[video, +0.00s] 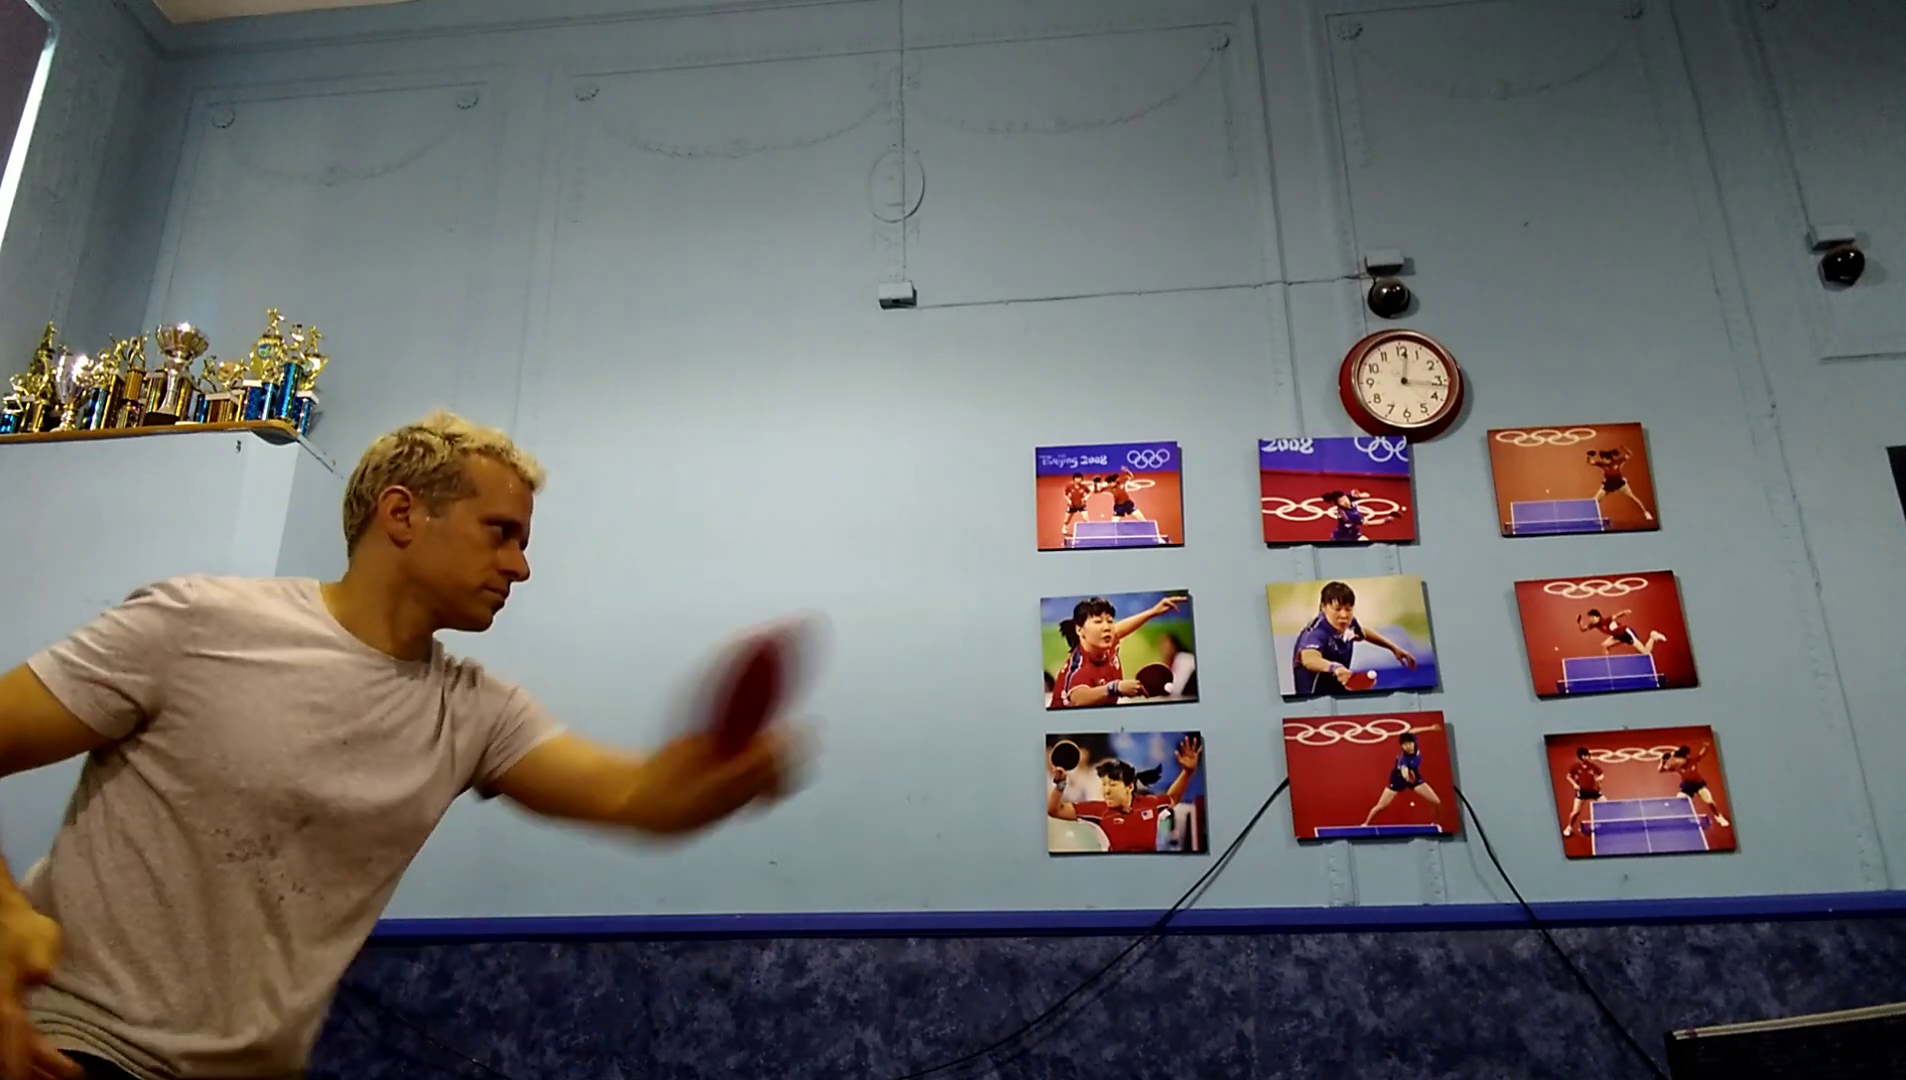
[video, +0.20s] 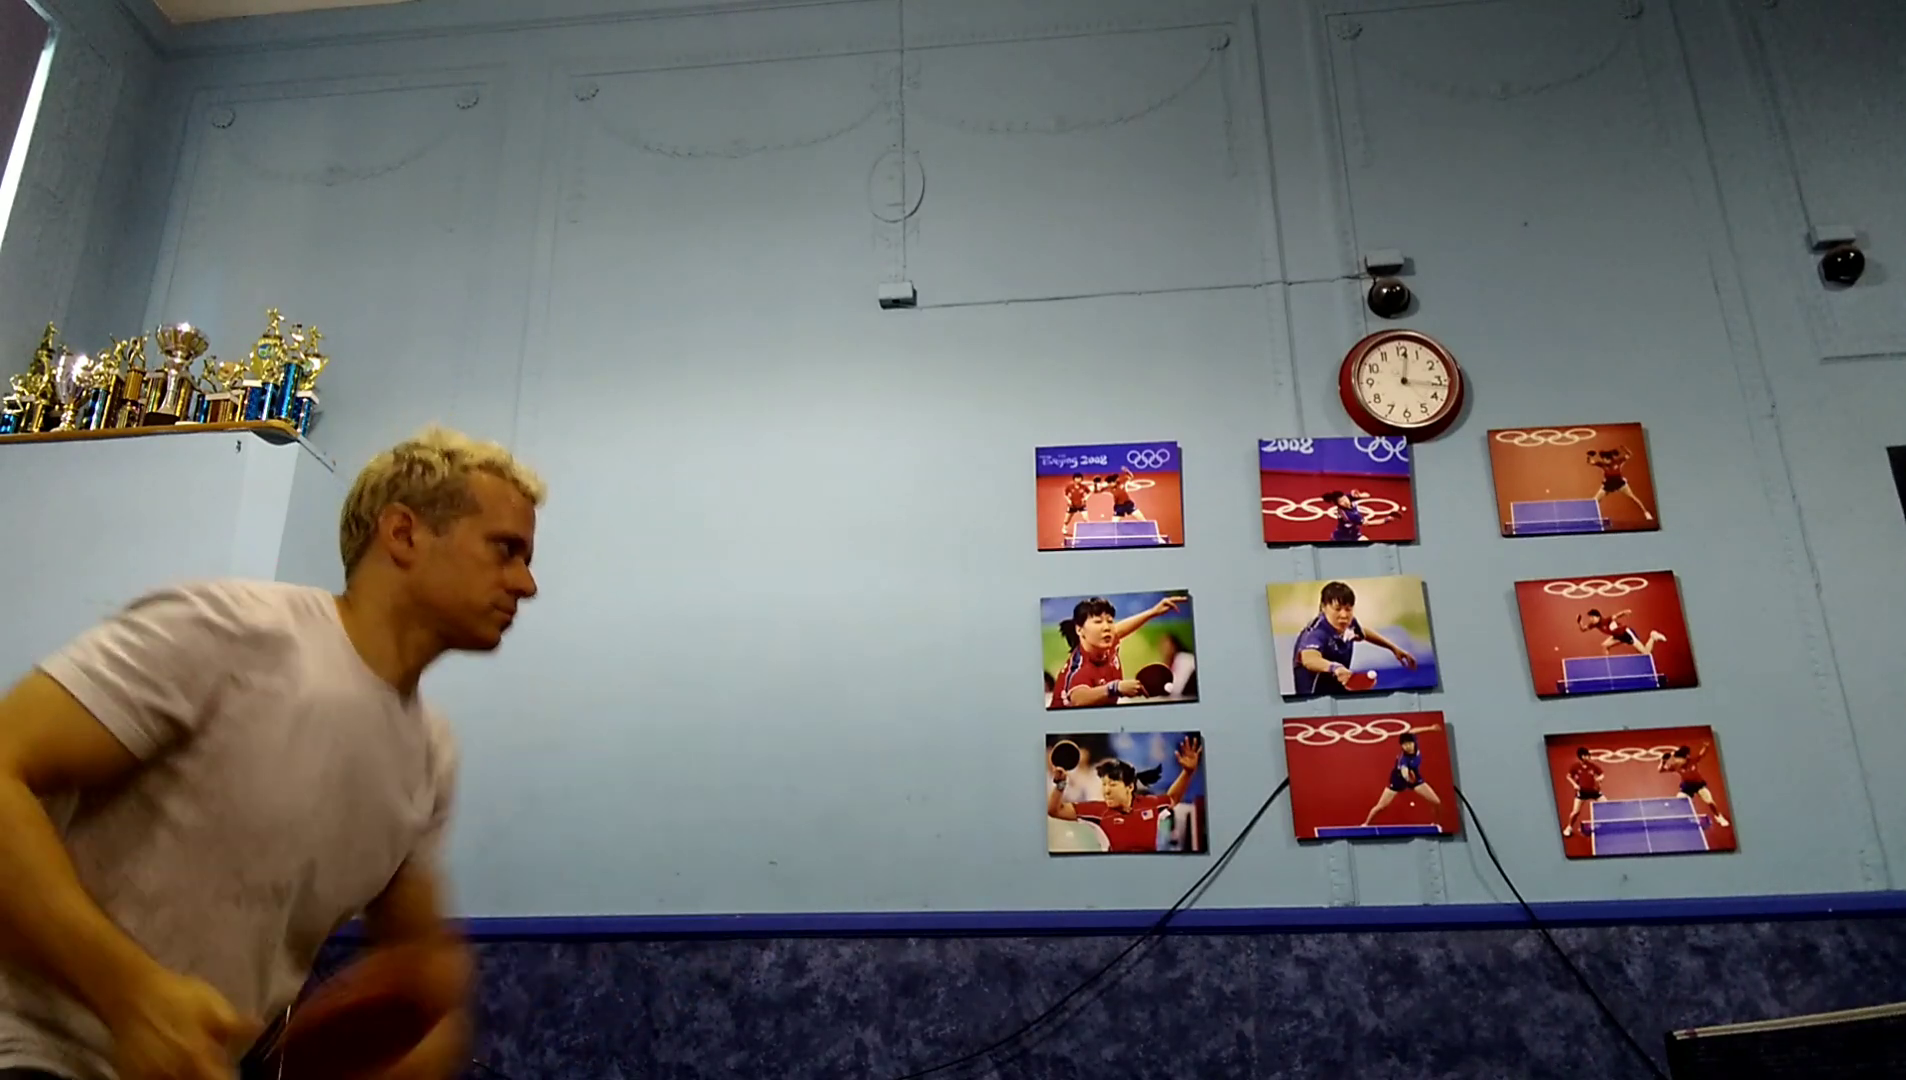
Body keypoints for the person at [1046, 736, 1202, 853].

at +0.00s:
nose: (1107, 790)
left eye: (1113, 785)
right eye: (1104, 785)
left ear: (1130, 787)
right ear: (1101, 787)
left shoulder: (1151, 804)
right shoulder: (1100, 811)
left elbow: (1172, 798)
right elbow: (1055, 811)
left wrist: (1188, 772)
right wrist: (1060, 785)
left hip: (1151, 872)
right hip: (1116, 874)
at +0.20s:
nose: (1107, 790)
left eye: (1113, 785)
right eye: (1104, 785)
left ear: (1130, 787)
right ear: (1101, 786)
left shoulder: (1151, 804)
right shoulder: (1100, 810)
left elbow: (1173, 798)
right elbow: (1055, 811)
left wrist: (1188, 772)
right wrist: (1059, 785)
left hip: (1151, 872)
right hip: (1116, 874)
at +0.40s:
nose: (1107, 790)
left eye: (1113, 785)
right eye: (1104, 785)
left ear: (1130, 787)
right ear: (1101, 786)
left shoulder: (1151, 804)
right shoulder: (1100, 810)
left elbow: (1173, 798)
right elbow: (1055, 811)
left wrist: (1188, 771)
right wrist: (1059, 785)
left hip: (1151, 872)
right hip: (1116, 874)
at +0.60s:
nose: (1107, 790)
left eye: (1113, 785)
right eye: (1104, 785)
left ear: (1130, 787)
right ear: (1101, 787)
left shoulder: (1151, 804)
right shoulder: (1100, 811)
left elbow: (1172, 798)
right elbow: (1055, 811)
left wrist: (1188, 771)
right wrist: (1060, 785)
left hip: (1151, 872)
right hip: (1116, 874)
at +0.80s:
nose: (1107, 790)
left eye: (1113, 785)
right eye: (1104, 785)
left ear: (1130, 787)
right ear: (1101, 787)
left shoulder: (1151, 804)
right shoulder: (1100, 811)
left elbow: (1172, 798)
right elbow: (1055, 811)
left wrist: (1188, 771)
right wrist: (1059, 785)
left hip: (1152, 872)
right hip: (1117, 874)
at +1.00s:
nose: (1107, 790)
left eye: (1113, 785)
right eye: (1104, 785)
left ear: (1130, 787)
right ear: (1101, 787)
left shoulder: (1151, 804)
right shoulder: (1100, 811)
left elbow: (1172, 798)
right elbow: (1055, 811)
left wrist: (1188, 771)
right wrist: (1059, 785)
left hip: (1151, 872)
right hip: (1116, 874)